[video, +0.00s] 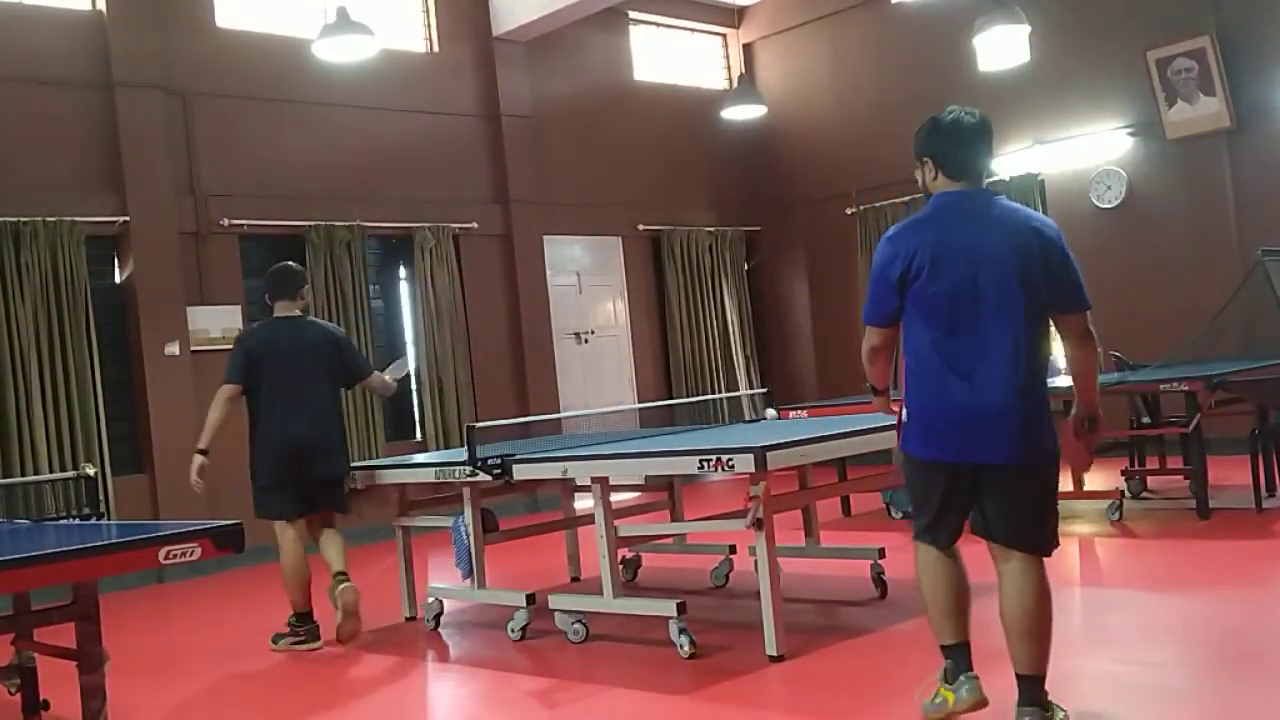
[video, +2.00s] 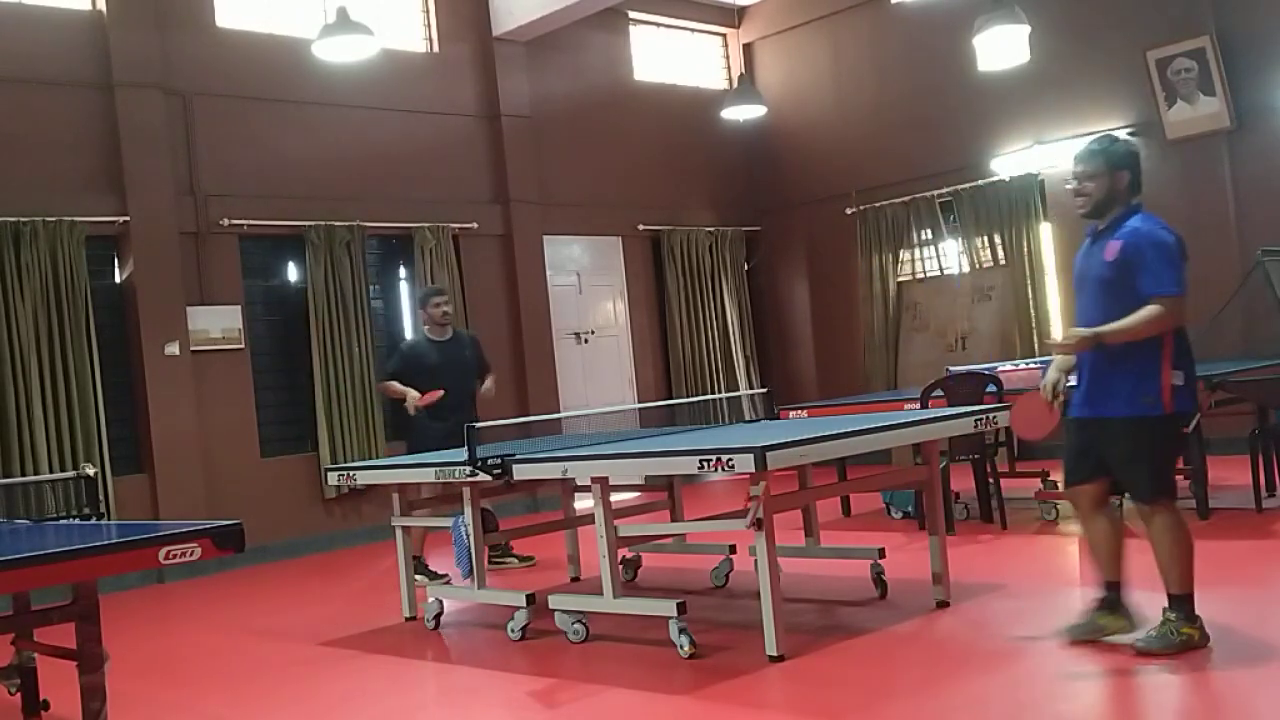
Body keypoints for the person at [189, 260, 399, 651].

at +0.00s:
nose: (309, 296)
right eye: (308, 291)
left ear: (268, 297)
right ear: (305, 295)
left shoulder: (251, 340)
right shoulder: (328, 335)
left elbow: (228, 394)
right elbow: (377, 383)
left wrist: (201, 450)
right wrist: (390, 380)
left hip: (275, 452)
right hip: (324, 447)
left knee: (288, 531)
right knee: (326, 523)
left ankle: (304, 625)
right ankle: (341, 581)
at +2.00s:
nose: (445, 310)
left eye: (447, 304)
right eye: (438, 306)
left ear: (452, 307)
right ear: (424, 313)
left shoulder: (468, 342)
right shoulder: (411, 349)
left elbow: (487, 373)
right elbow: (385, 384)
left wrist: (488, 384)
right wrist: (407, 392)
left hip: (465, 435)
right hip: (427, 438)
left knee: (477, 493)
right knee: (426, 500)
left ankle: (497, 548)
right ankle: (416, 561)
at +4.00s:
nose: (423, 314)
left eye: (425, 309)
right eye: (415, 311)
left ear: (430, 312)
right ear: (402, 318)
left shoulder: (450, 343)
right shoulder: (390, 357)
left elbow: (465, 380)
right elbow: (378, 398)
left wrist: (469, 412)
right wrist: (398, 405)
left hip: (452, 437)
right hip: (410, 444)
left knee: (478, 494)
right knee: (401, 502)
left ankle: (503, 549)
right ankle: (390, 562)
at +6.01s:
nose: (444, 334)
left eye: (446, 329)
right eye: (437, 330)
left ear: (451, 331)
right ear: (421, 335)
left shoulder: (464, 362)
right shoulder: (405, 371)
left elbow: (479, 399)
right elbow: (400, 416)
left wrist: (478, 425)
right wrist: (423, 420)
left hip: (462, 448)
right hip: (418, 452)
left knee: (503, 481)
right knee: (394, 493)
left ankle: (508, 548)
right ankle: (392, 563)